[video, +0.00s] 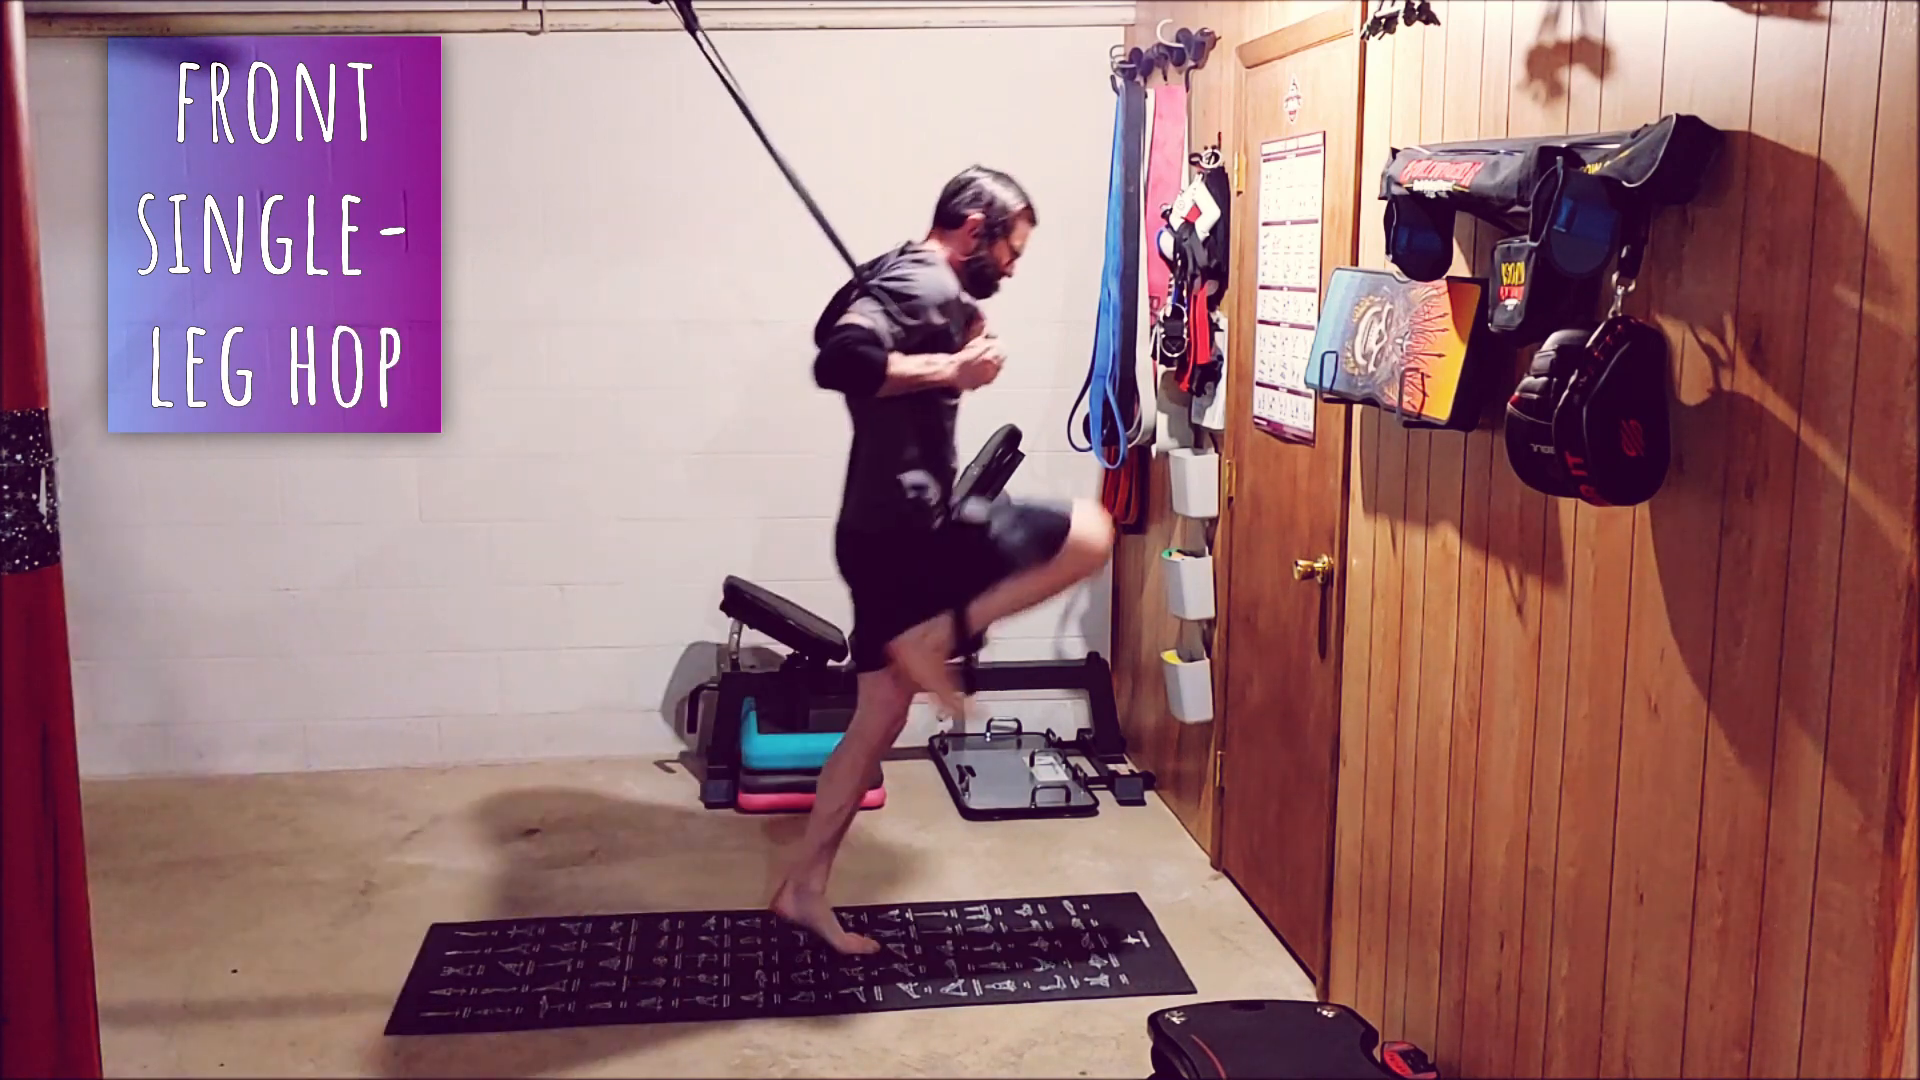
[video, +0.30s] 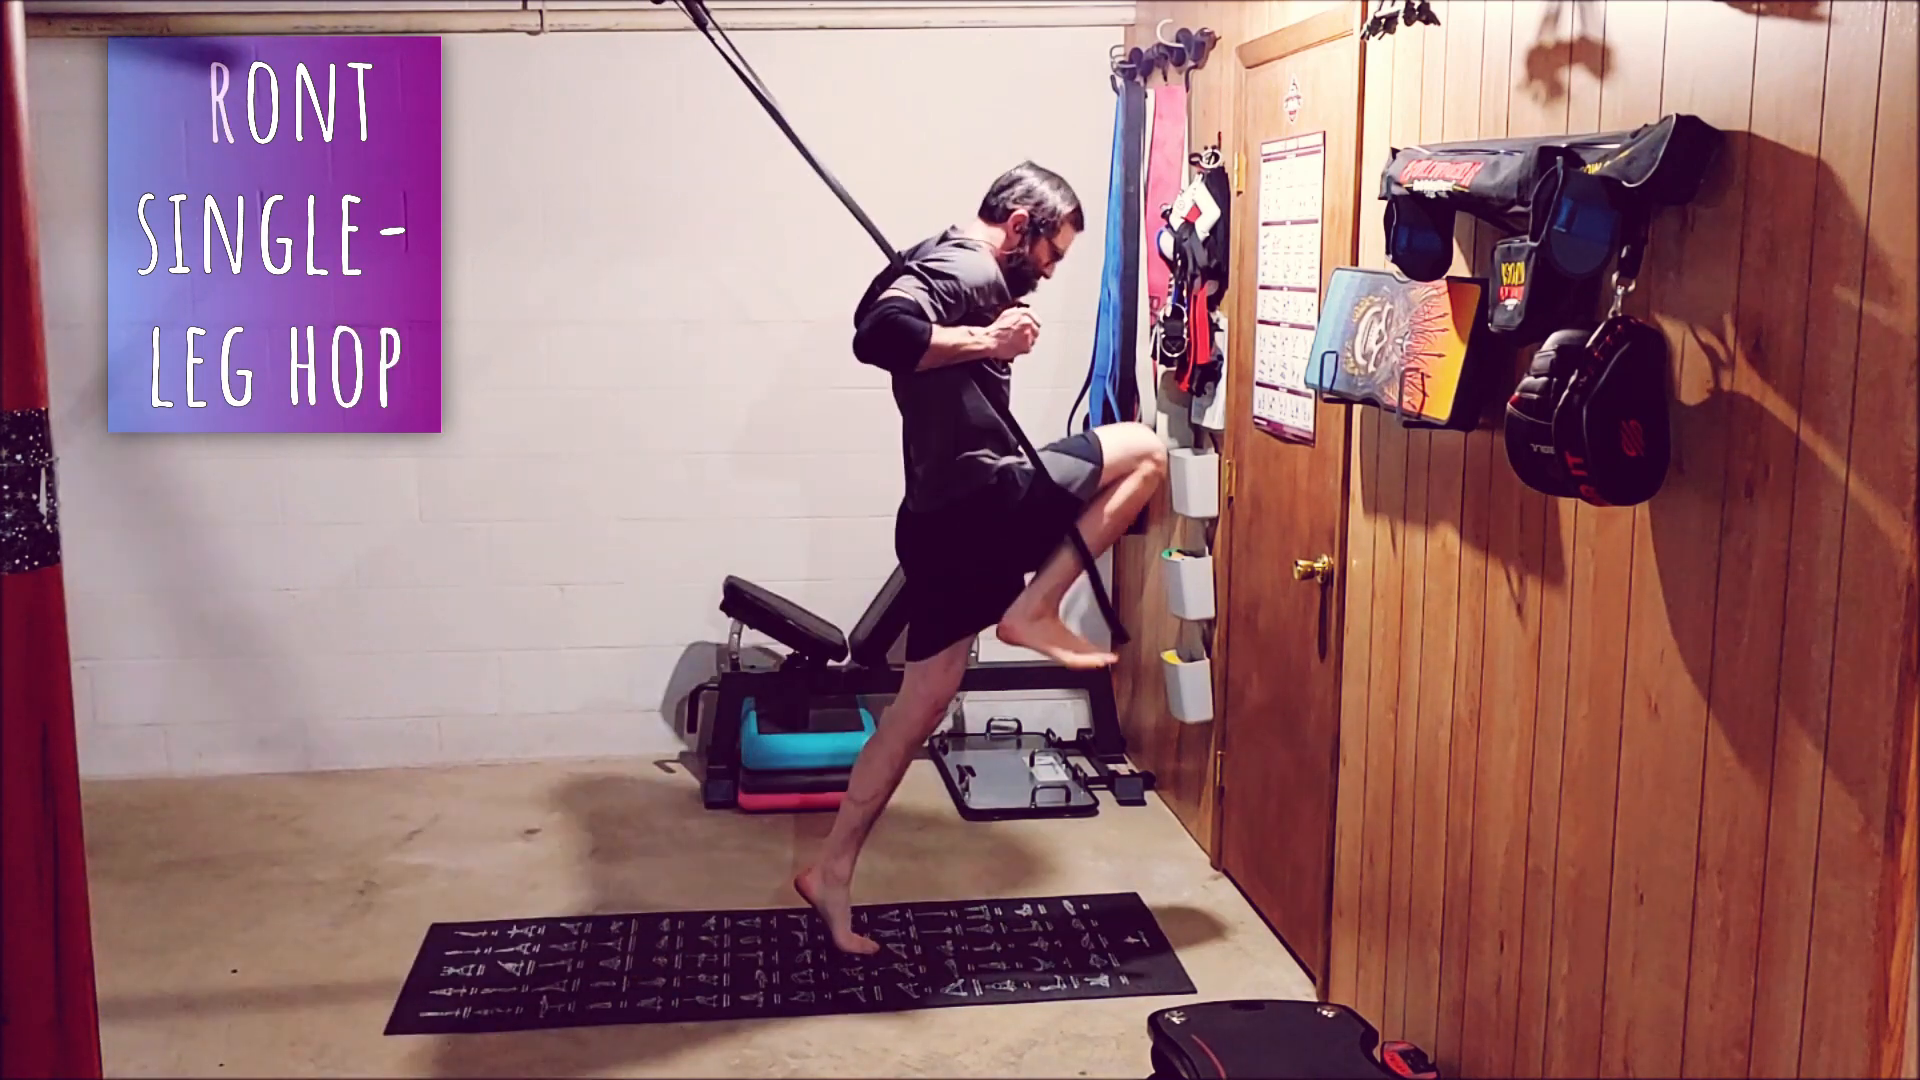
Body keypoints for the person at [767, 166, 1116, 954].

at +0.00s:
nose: (1010, 271)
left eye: (1016, 257)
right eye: (1010, 253)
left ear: (960, 226)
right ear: (972, 228)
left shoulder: (905, 274)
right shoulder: (926, 281)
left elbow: (836, 348)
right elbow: (843, 356)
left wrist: (951, 349)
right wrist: (952, 371)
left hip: (878, 523)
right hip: (913, 520)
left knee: (879, 715)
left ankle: (803, 890)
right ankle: (944, 636)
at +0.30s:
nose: (1048, 271)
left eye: (1057, 259)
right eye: (1051, 253)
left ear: (1008, 219)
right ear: (1019, 221)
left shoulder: (963, 270)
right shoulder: (960, 263)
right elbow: (881, 327)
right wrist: (985, 340)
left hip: (941, 508)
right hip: (979, 495)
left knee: (921, 700)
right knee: (1144, 453)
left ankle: (830, 871)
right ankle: (1036, 611)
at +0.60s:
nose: (1014, 273)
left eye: (1022, 261)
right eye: (1016, 255)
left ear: (972, 226)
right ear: (982, 226)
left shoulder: (925, 277)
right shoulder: (930, 278)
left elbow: (856, 356)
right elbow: (848, 348)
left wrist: (960, 351)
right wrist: (958, 359)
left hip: (895, 518)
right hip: (933, 507)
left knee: (884, 710)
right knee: (1111, 496)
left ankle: (803, 887)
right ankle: (977, 639)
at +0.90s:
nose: (958, 289)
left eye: (965, 274)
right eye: (958, 270)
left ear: (910, 248)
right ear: (916, 248)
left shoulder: (867, 305)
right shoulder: (859, 306)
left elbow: (808, 387)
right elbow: (774, 388)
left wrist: (893, 380)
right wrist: (885, 404)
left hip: (825, 549)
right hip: (851, 550)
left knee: (818, 739)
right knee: (987, 672)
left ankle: (782, 919)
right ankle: (815, 766)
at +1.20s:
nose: (885, 282)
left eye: (890, 266)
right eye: (882, 264)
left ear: (835, 248)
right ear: (837, 246)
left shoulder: (798, 320)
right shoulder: (777, 317)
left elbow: (747, 413)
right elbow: (689, 406)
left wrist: (814, 410)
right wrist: (802, 435)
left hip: (785, 564)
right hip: (759, 566)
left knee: (778, 744)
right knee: (761, 753)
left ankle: (780, 916)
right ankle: (611, 889)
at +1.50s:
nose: (811, 293)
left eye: (815, 278)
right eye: (806, 276)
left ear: (757, 266)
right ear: (758, 263)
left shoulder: (726, 334)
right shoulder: (692, 330)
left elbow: (669, 413)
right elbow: (595, 419)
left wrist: (730, 423)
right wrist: (709, 457)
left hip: (703, 580)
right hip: (652, 581)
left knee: (741, 737)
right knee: (628, 759)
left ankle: (775, 917)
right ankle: (560, 933)